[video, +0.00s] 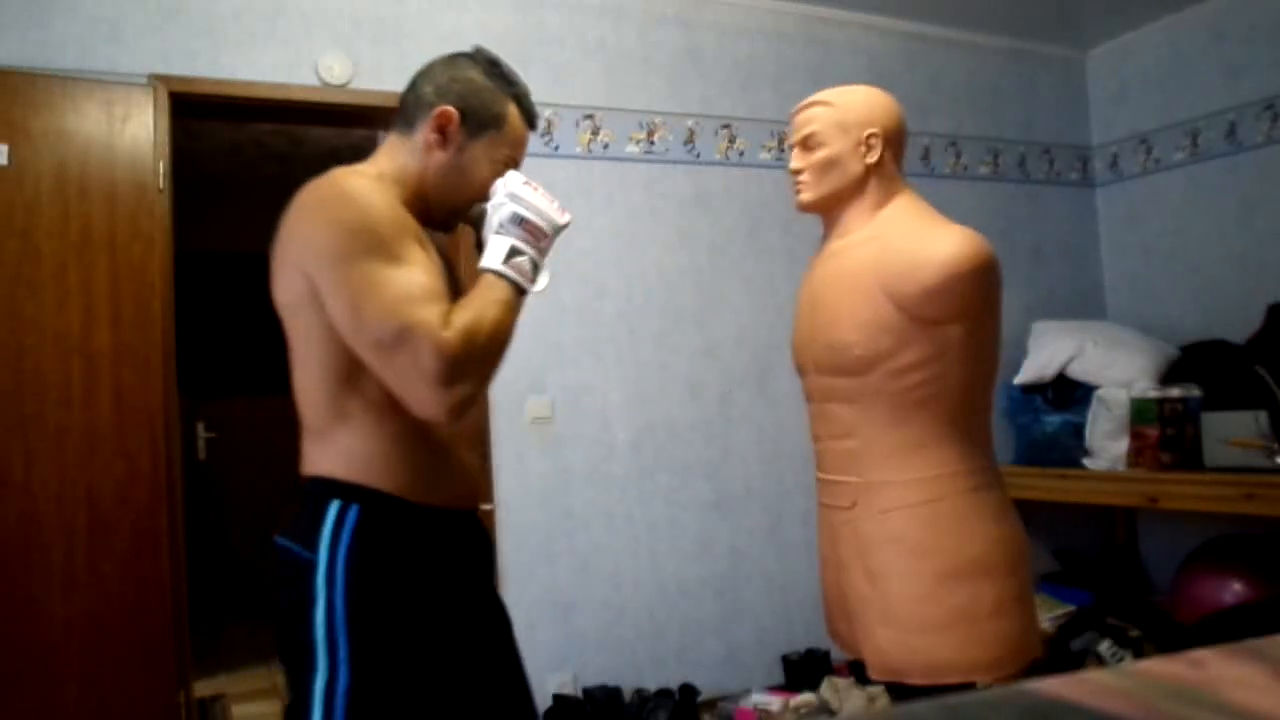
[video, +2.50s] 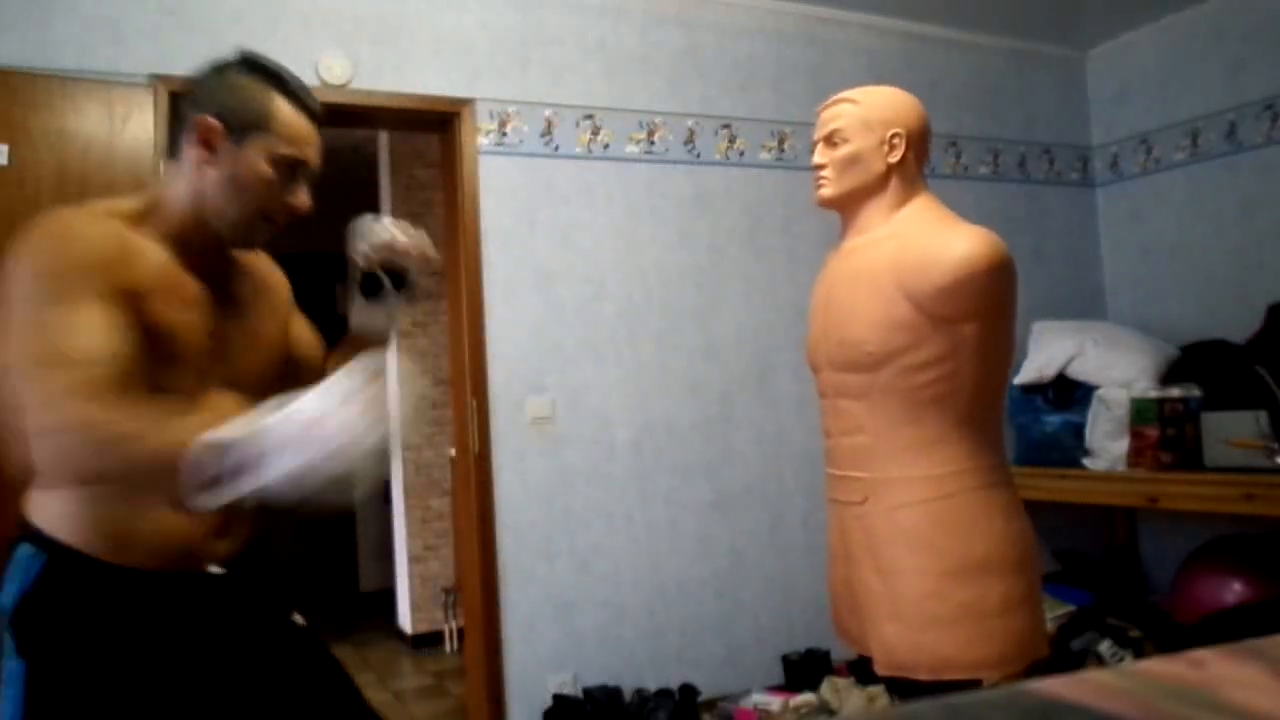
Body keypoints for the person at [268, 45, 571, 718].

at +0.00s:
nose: (499, 190)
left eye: (509, 173)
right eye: (501, 167)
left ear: (441, 134)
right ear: (444, 132)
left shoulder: (447, 233)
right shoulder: (342, 207)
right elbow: (440, 385)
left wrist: (508, 257)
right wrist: (515, 257)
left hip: (447, 544)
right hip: (366, 548)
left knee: (496, 716)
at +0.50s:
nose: (571, 199)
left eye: (579, 179)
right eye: (566, 173)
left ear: (504, 150)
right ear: (500, 145)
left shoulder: (522, 261)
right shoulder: (356, 225)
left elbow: (624, 331)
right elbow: (288, 407)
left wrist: (741, 329)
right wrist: (446, 338)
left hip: (468, 574)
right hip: (353, 573)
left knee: (545, 717)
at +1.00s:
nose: (576, 212)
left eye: (582, 193)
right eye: (575, 185)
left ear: (524, 160)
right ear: (527, 158)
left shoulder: (445, 220)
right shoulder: (475, 222)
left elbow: (445, 387)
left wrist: (537, 389)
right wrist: (590, 433)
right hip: (438, 522)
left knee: (521, 706)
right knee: (474, 708)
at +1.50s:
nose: (410, 136)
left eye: (415, 115)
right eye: (397, 105)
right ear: (325, 84)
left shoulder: (365, 224)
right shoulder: (211, 174)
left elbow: (337, 370)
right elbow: (88, 331)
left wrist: (378, 430)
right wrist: (260, 415)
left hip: (346, 510)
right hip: (237, 508)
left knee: (398, 706)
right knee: (235, 711)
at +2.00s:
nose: (283, 137)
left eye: (290, 117)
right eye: (263, 108)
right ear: (182, 90)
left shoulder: (291, 233)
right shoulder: (43, 204)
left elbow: (316, 377)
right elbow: (4, 382)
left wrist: (329, 373)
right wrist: (138, 372)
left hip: (247, 551)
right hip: (99, 552)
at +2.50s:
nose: (303, 202)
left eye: (308, 181)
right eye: (286, 170)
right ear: (208, 142)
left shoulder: (261, 283)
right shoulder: (73, 250)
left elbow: (325, 409)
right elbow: (66, 438)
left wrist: (385, 321)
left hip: (219, 596)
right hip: (82, 600)